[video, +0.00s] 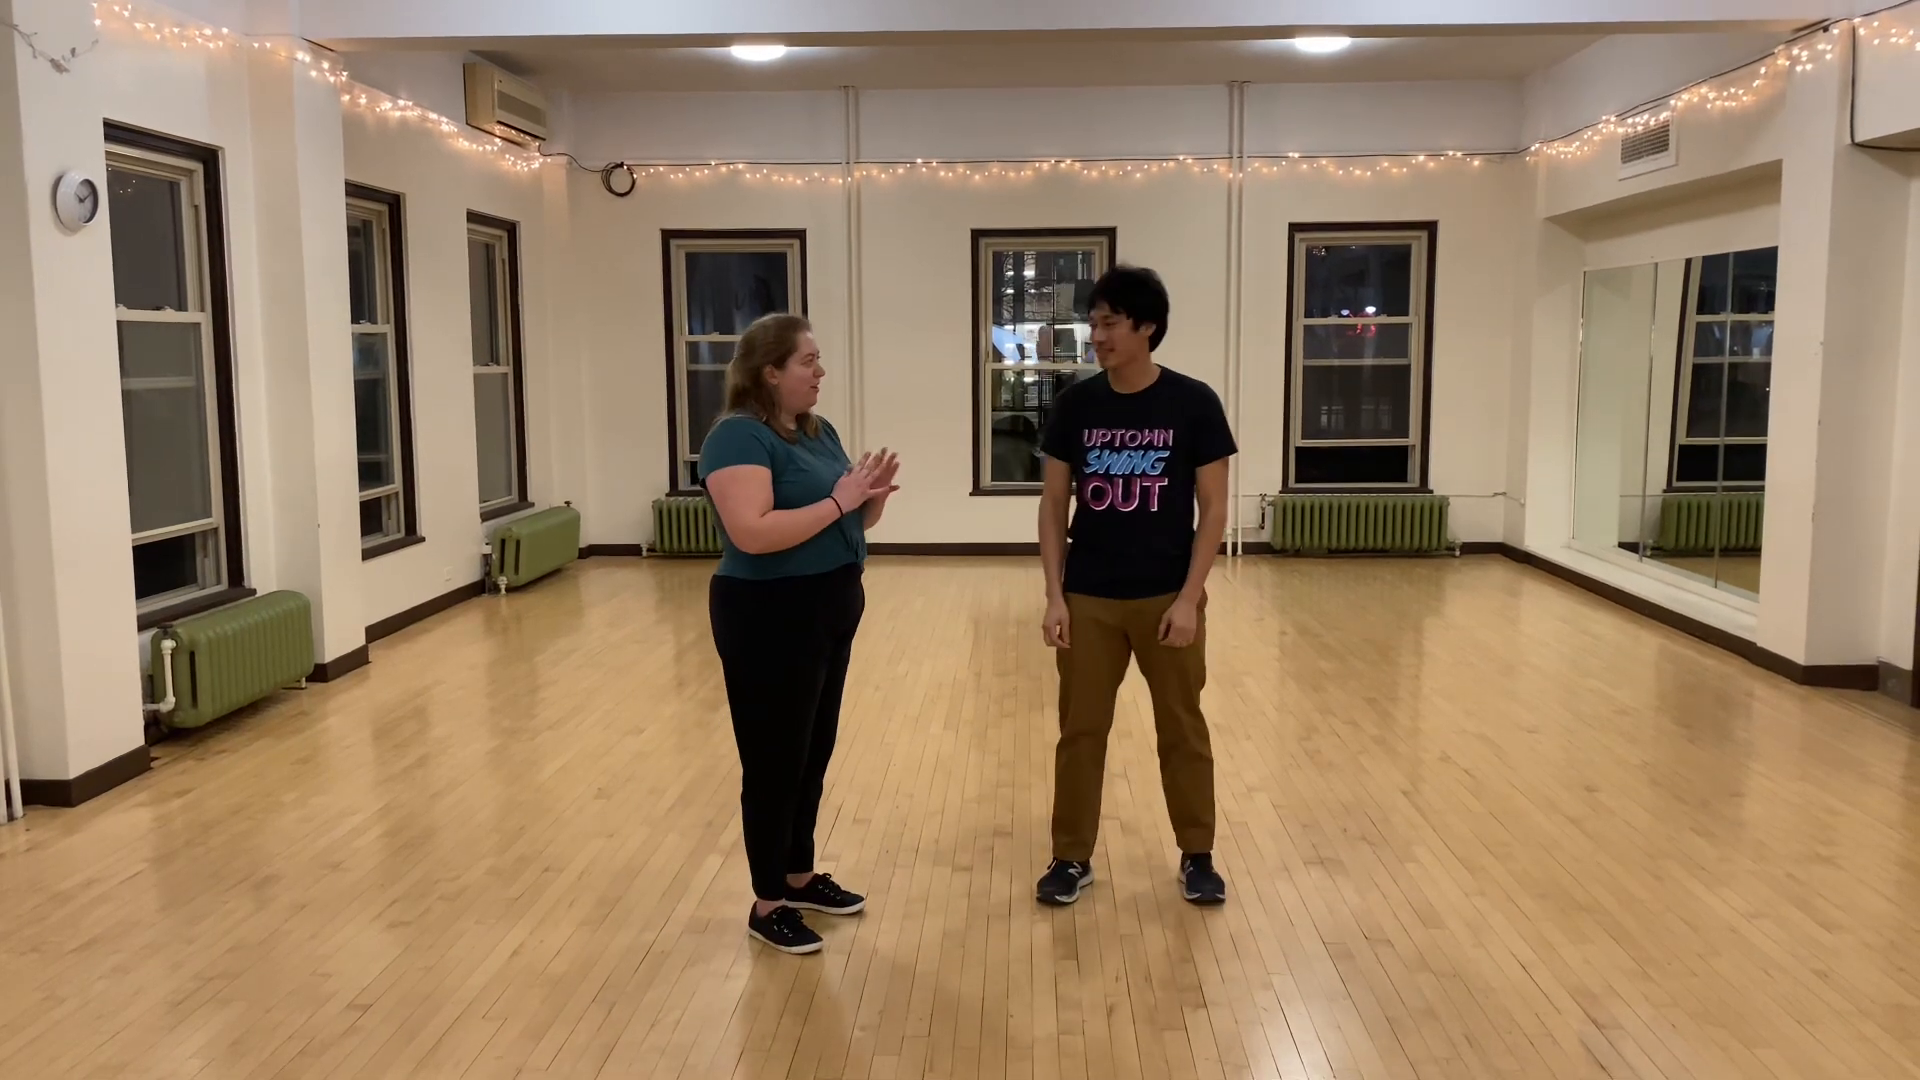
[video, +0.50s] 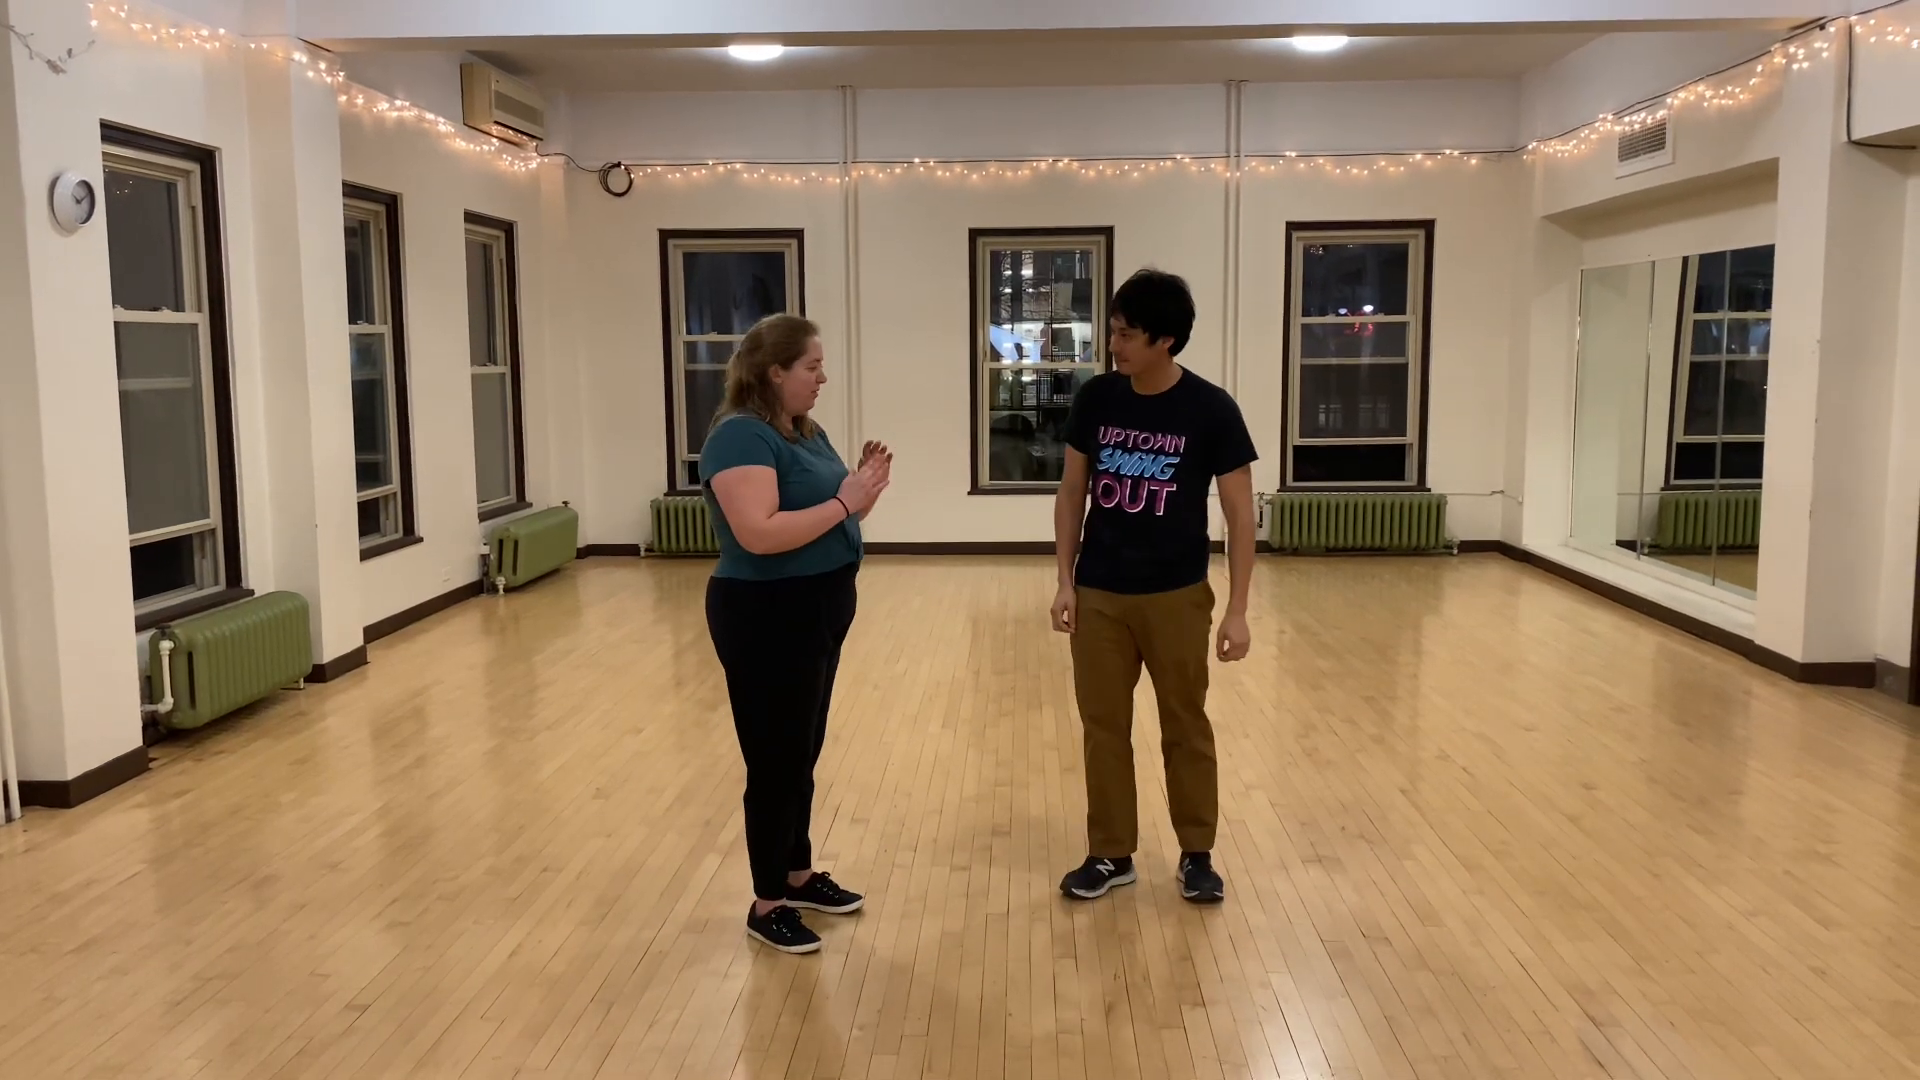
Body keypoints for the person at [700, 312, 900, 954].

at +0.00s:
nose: (820, 372)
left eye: (819, 361)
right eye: (808, 362)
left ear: (806, 372)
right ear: (769, 372)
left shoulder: (820, 434)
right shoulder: (735, 438)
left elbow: (850, 528)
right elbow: (751, 534)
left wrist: (872, 500)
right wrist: (836, 503)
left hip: (824, 608)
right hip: (762, 614)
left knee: (812, 750)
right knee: (773, 757)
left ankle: (797, 877)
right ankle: (767, 904)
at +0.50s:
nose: (821, 379)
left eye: (821, 367)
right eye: (812, 367)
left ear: (795, 373)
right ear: (774, 372)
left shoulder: (802, 431)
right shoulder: (739, 436)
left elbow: (827, 514)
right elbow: (758, 534)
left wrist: (860, 488)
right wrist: (844, 503)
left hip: (812, 609)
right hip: (761, 615)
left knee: (802, 750)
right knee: (774, 757)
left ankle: (795, 875)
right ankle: (768, 903)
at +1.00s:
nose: (824, 386)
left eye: (824, 375)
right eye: (817, 374)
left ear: (778, 374)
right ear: (786, 376)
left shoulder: (744, 430)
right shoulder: (771, 440)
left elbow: (764, 519)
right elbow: (816, 543)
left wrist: (826, 492)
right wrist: (886, 526)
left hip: (750, 604)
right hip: (748, 613)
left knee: (768, 740)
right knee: (752, 750)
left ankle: (776, 855)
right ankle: (760, 903)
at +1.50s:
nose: (797, 383)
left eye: (797, 372)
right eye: (792, 371)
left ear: (752, 374)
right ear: (759, 373)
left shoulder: (723, 429)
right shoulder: (746, 439)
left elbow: (746, 509)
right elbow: (786, 534)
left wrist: (802, 483)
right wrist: (865, 530)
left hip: (719, 592)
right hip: (747, 602)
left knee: (730, 723)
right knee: (771, 735)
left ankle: (725, 851)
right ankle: (768, 885)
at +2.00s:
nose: (799, 374)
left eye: (797, 363)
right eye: (792, 364)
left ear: (739, 368)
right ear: (763, 368)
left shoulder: (704, 423)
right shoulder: (771, 427)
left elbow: (732, 494)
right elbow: (825, 516)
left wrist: (802, 475)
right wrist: (903, 549)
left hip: (701, 586)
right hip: (762, 590)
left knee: (718, 719)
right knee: (771, 725)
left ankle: (722, 852)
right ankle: (775, 859)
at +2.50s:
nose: (805, 372)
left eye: (803, 361)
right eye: (798, 362)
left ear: (744, 367)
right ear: (768, 367)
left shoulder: (701, 424)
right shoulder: (787, 427)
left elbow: (691, 505)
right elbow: (830, 519)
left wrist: (744, 527)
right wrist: (901, 567)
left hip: (705, 584)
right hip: (776, 588)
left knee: (717, 719)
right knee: (769, 724)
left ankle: (717, 852)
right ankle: (768, 862)